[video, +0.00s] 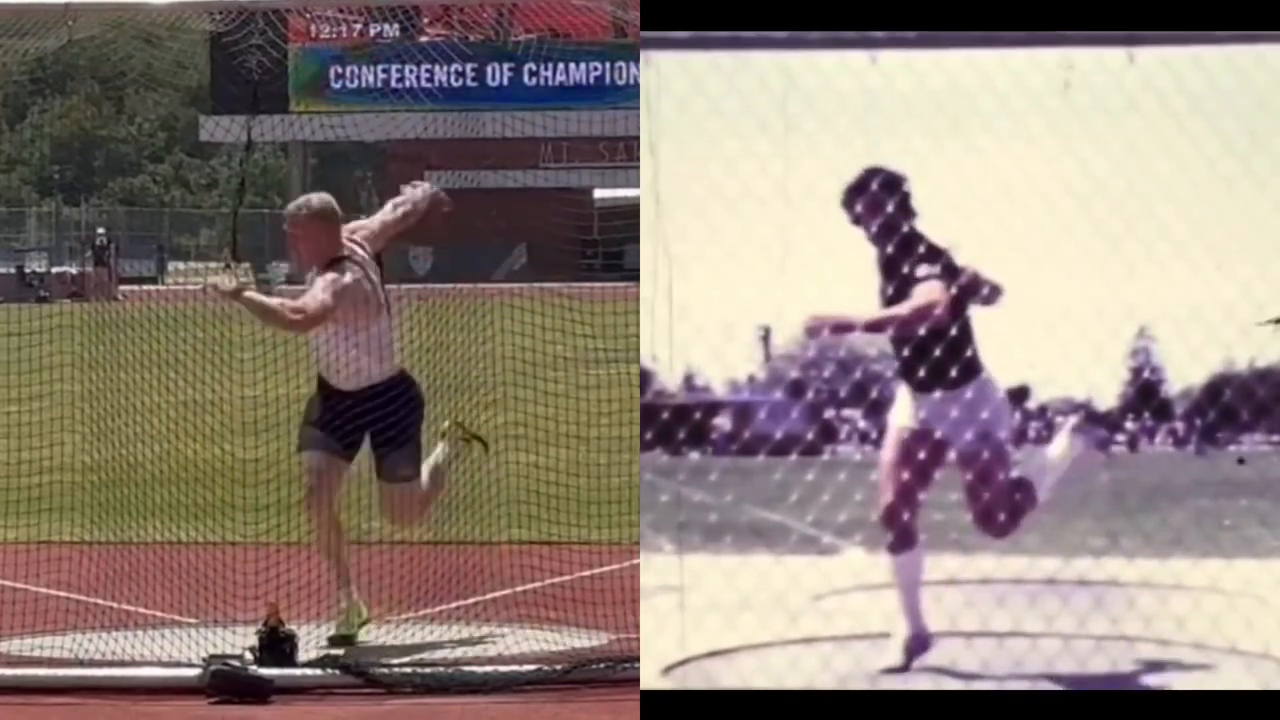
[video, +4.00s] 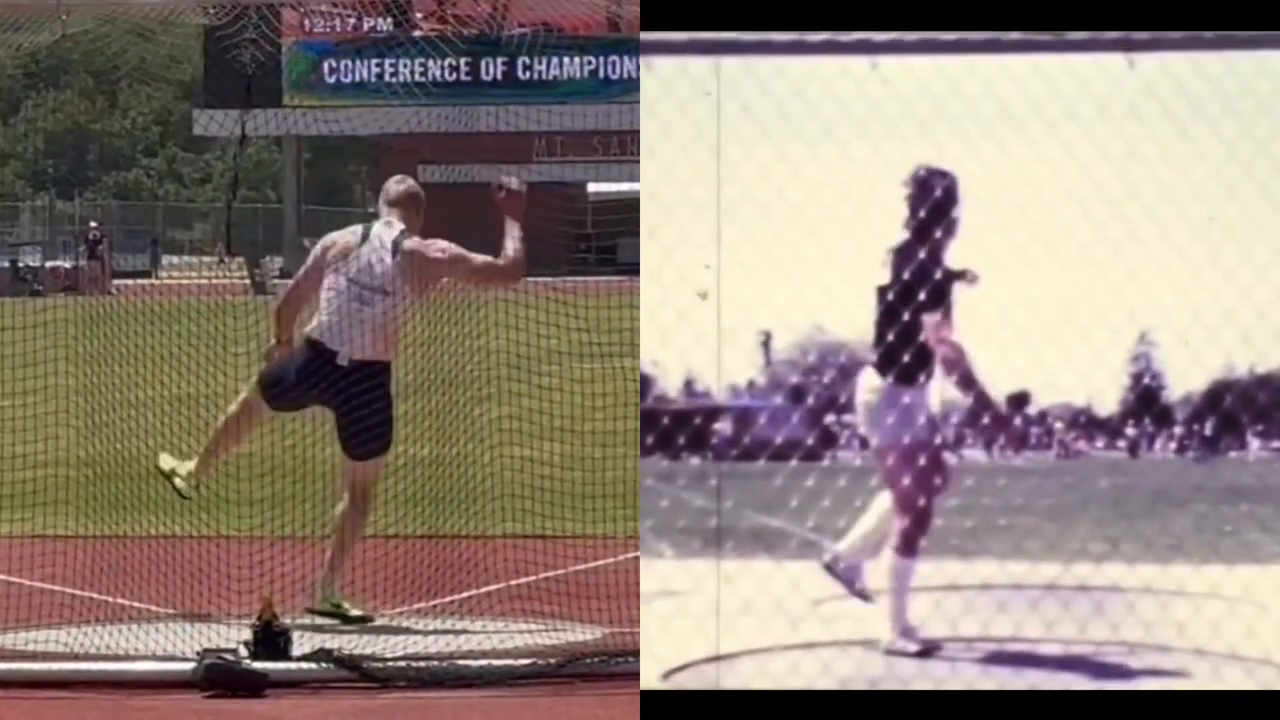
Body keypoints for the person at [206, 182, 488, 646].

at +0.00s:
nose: (292, 246)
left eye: (297, 237)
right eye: (291, 238)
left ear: (322, 235)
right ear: (324, 234)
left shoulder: (339, 280)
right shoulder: (356, 239)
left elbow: (298, 318)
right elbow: (398, 212)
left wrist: (243, 295)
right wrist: (425, 192)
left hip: (388, 398)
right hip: (336, 397)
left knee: (404, 514)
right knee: (317, 495)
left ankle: (449, 447)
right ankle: (350, 604)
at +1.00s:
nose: (400, 223)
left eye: (397, 215)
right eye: (393, 217)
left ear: (357, 226)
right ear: (370, 228)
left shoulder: (336, 239)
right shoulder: (351, 285)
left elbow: (301, 237)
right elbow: (311, 336)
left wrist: (341, 233)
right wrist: (284, 389)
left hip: (322, 387)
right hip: (353, 389)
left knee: (327, 500)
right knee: (381, 502)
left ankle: (304, 604)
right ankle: (318, 593)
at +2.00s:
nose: (321, 173)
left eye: (333, 167)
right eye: (321, 164)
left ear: (359, 176)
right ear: (318, 168)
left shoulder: (375, 214)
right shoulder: (297, 211)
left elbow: (387, 262)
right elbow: (238, 238)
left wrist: (337, 224)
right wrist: (197, 261)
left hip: (359, 337)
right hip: (324, 340)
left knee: (268, 381)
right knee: (302, 465)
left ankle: (273, 506)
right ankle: (337, 575)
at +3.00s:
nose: (367, 205)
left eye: (366, 196)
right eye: (360, 196)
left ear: (341, 198)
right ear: (333, 194)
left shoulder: (338, 241)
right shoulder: (307, 231)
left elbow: (360, 292)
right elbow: (373, 247)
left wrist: (424, 303)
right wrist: (447, 239)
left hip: (336, 354)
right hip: (292, 372)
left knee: (435, 355)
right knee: (306, 485)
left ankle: (531, 426)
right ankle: (274, 605)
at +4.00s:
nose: (408, 215)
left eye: (400, 208)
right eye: (415, 208)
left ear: (377, 206)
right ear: (418, 212)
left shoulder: (337, 242)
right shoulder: (427, 253)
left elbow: (288, 305)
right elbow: (511, 269)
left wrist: (283, 343)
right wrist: (512, 217)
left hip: (314, 361)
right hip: (367, 381)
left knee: (252, 402)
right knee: (359, 492)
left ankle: (194, 474)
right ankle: (327, 593)